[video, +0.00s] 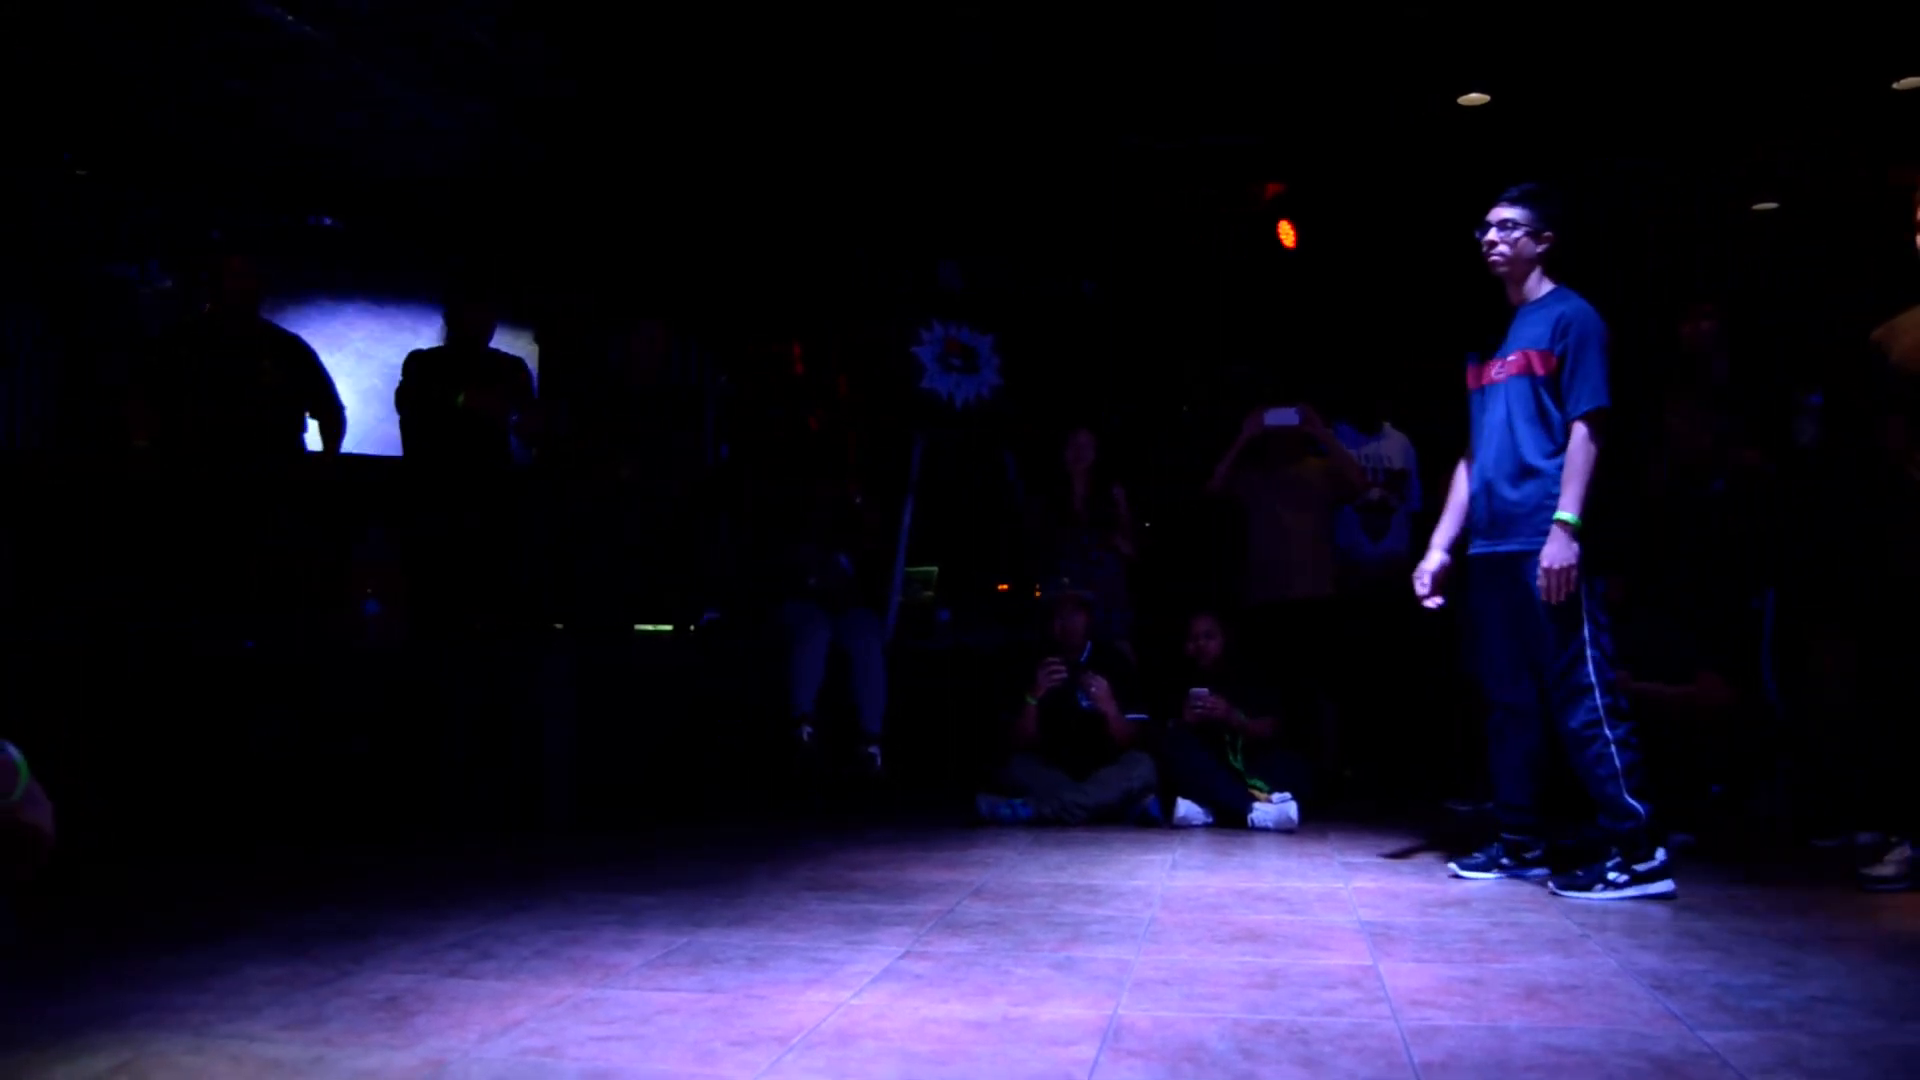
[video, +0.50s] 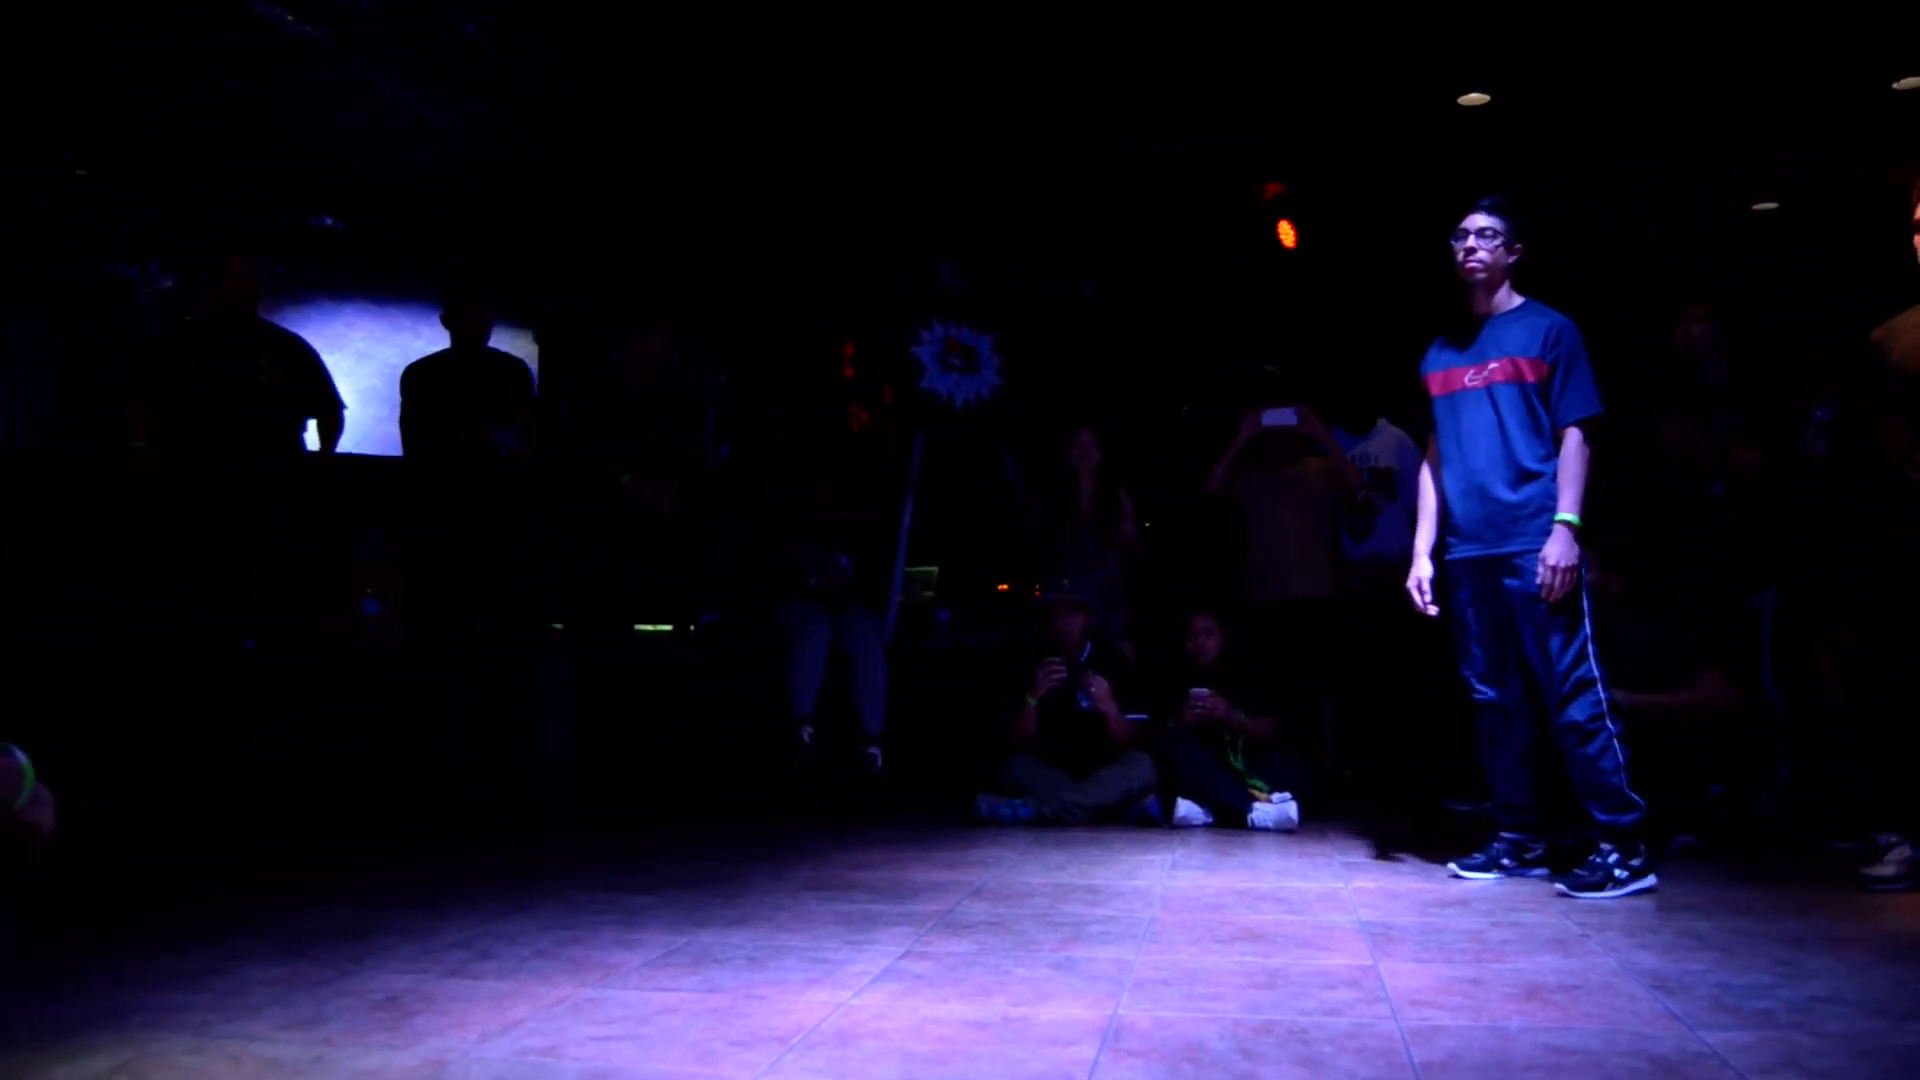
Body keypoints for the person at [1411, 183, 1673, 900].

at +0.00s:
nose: (1492, 240)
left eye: (1508, 229)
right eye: (1489, 230)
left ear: (1543, 240)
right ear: (1487, 245)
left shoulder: (1571, 319)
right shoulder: (1495, 338)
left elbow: (1586, 431)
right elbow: (1475, 456)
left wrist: (1565, 529)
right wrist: (1440, 546)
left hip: (1545, 543)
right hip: (1489, 549)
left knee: (1579, 699)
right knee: (1510, 697)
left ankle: (1637, 850)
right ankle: (1519, 839)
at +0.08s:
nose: (1487, 242)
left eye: (1502, 231)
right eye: (1483, 232)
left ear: (1537, 242)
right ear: (1480, 248)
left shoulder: (1567, 322)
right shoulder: (1480, 341)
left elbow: (1581, 434)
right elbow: (1464, 453)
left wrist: (1557, 532)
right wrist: (1429, 543)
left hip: (1543, 542)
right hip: (1483, 548)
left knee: (1576, 698)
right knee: (1506, 699)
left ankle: (1636, 849)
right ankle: (1519, 840)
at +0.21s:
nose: (1483, 244)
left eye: (1498, 233)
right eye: (1477, 234)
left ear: (1530, 245)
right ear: (1471, 250)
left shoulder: (1561, 325)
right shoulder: (1465, 346)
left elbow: (1579, 434)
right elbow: (1451, 453)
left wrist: (1557, 530)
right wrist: (1420, 544)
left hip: (1537, 542)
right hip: (1476, 550)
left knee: (1573, 696)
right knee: (1502, 698)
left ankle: (1632, 848)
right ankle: (1519, 840)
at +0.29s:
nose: (1480, 245)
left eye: (1495, 234)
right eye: (1473, 235)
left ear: (1525, 247)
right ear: (1466, 251)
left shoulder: (1557, 326)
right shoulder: (1457, 348)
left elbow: (1578, 433)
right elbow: (1446, 453)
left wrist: (1559, 528)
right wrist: (1420, 544)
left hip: (1535, 542)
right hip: (1472, 549)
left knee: (1572, 696)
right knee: (1500, 697)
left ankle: (1630, 846)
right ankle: (1519, 840)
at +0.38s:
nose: (1478, 247)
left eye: (1492, 236)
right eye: (1470, 237)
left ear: (1521, 250)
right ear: (1461, 252)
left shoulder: (1553, 329)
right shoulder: (1450, 351)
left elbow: (1576, 435)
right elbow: (1440, 456)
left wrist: (1561, 529)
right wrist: (1421, 547)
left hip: (1535, 543)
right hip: (1468, 550)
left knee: (1571, 696)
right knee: (1498, 698)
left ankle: (1627, 846)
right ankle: (1518, 840)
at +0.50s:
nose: (1468, 248)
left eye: (1483, 238)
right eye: (1461, 239)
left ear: (1513, 252)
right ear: (1452, 254)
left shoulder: (1548, 332)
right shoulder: (1440, 356)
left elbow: (1575, 436)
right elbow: (1434, 459)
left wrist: (1565, 530)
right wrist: (1422, 551)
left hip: (1534, 543)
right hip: (1464, 551)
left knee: (1572, 697)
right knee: (1495, 699)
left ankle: (1623, 846)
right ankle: (1518, 838)